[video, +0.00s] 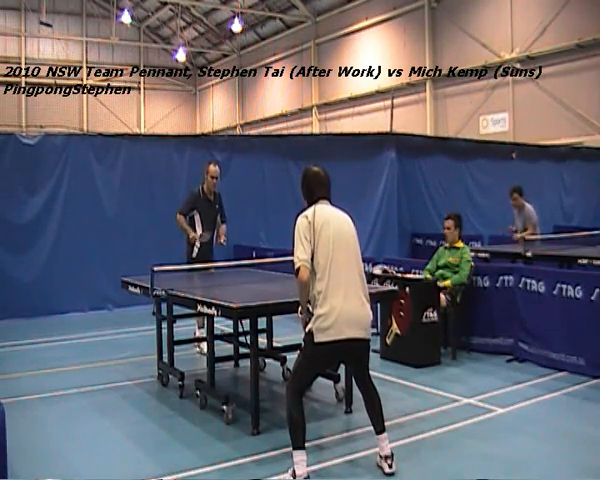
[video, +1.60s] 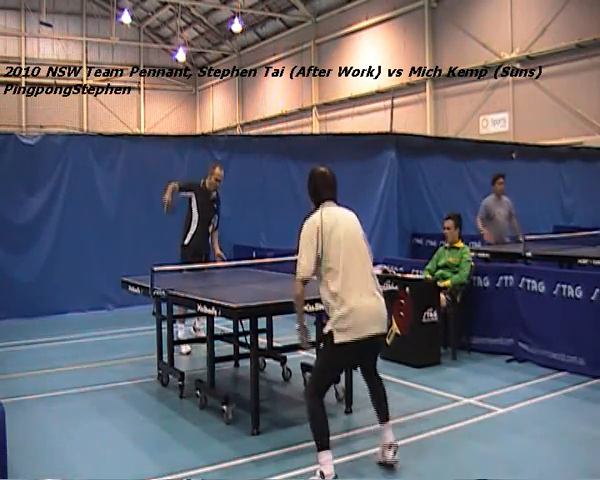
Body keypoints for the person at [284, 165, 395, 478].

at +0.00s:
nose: (303, 194)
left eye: (303, 189)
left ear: (305, 191)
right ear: (329, 190)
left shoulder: (306, 219)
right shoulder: (346, 219)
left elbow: (303, 272)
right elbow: (354, 268)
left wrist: (303, 305)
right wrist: (325, 303)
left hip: (328, 326)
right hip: (360, 323)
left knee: (294, 390)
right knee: (364, 379)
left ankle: (300, 465)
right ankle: (386, 451)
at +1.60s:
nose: (310, 193)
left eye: (310, 188)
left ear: (310, 191)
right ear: (335, 189)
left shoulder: (314, 223)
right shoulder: (351, 217)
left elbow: (301, 279)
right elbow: (364, 264)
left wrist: (301, 320)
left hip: (347, 326)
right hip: (378, 320)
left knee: (315, 392)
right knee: (370, 372)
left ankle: (325, 467)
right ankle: (389, 442)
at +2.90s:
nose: (367, 168)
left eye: (365, 162)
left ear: (365, 166)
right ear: (390, 164)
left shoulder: (362, 198)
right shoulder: (405, 199)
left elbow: (354, 252)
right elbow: (419, 254)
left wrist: (363, 285)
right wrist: (400, 265)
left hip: (374, 299)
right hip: (405, 299)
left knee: (382, 364)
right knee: (397, 365)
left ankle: (394, 422)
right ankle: (389, 431)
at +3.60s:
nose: (311, 171)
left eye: (310, 165)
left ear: (313, 168)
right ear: (338, 167)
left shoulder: (310, 198)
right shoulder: (353, 204)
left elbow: (300, 250)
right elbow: (364, 262)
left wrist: (306, 296)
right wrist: (345, 289)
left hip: (323, 314)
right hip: (355, 312)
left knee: (298, 388)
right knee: (367, 376)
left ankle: (298, 467)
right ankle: (385, 448)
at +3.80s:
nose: (294, 174)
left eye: (294, 168)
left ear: (295, 171)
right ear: (321, 171)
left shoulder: (295, 200)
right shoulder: (338, 204)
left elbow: (288, 248)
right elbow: (348, 258)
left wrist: (298, 292)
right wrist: (341, 291)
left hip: (315, 318)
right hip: (348, 316)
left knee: (290, 389)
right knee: (359, 379)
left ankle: (297, 468)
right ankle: (380, 450)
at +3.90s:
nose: (293, 181)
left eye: (292, 175)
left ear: (293, 178)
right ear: (318, 177)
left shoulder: (293, 205)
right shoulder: (335, 208)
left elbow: (288, 252)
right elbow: (346, 260)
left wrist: (298, 296)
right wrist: (339, 294)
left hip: (316, 321)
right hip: (348, 318)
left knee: (288, 391)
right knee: (360, 380)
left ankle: (297, 469)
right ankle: (381, 451)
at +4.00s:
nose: (293, 185)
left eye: (293, 179)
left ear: (294, 182)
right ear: (319, 181)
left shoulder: (295, 210)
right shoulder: (336, 212)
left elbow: (291, 257)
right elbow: (344, 260)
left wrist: (298, 303)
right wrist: (334, 298)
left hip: (318, 321)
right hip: (350, 319)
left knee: (288, 392)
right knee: (360, 380)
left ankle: (297, 469)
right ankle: (381, 451)